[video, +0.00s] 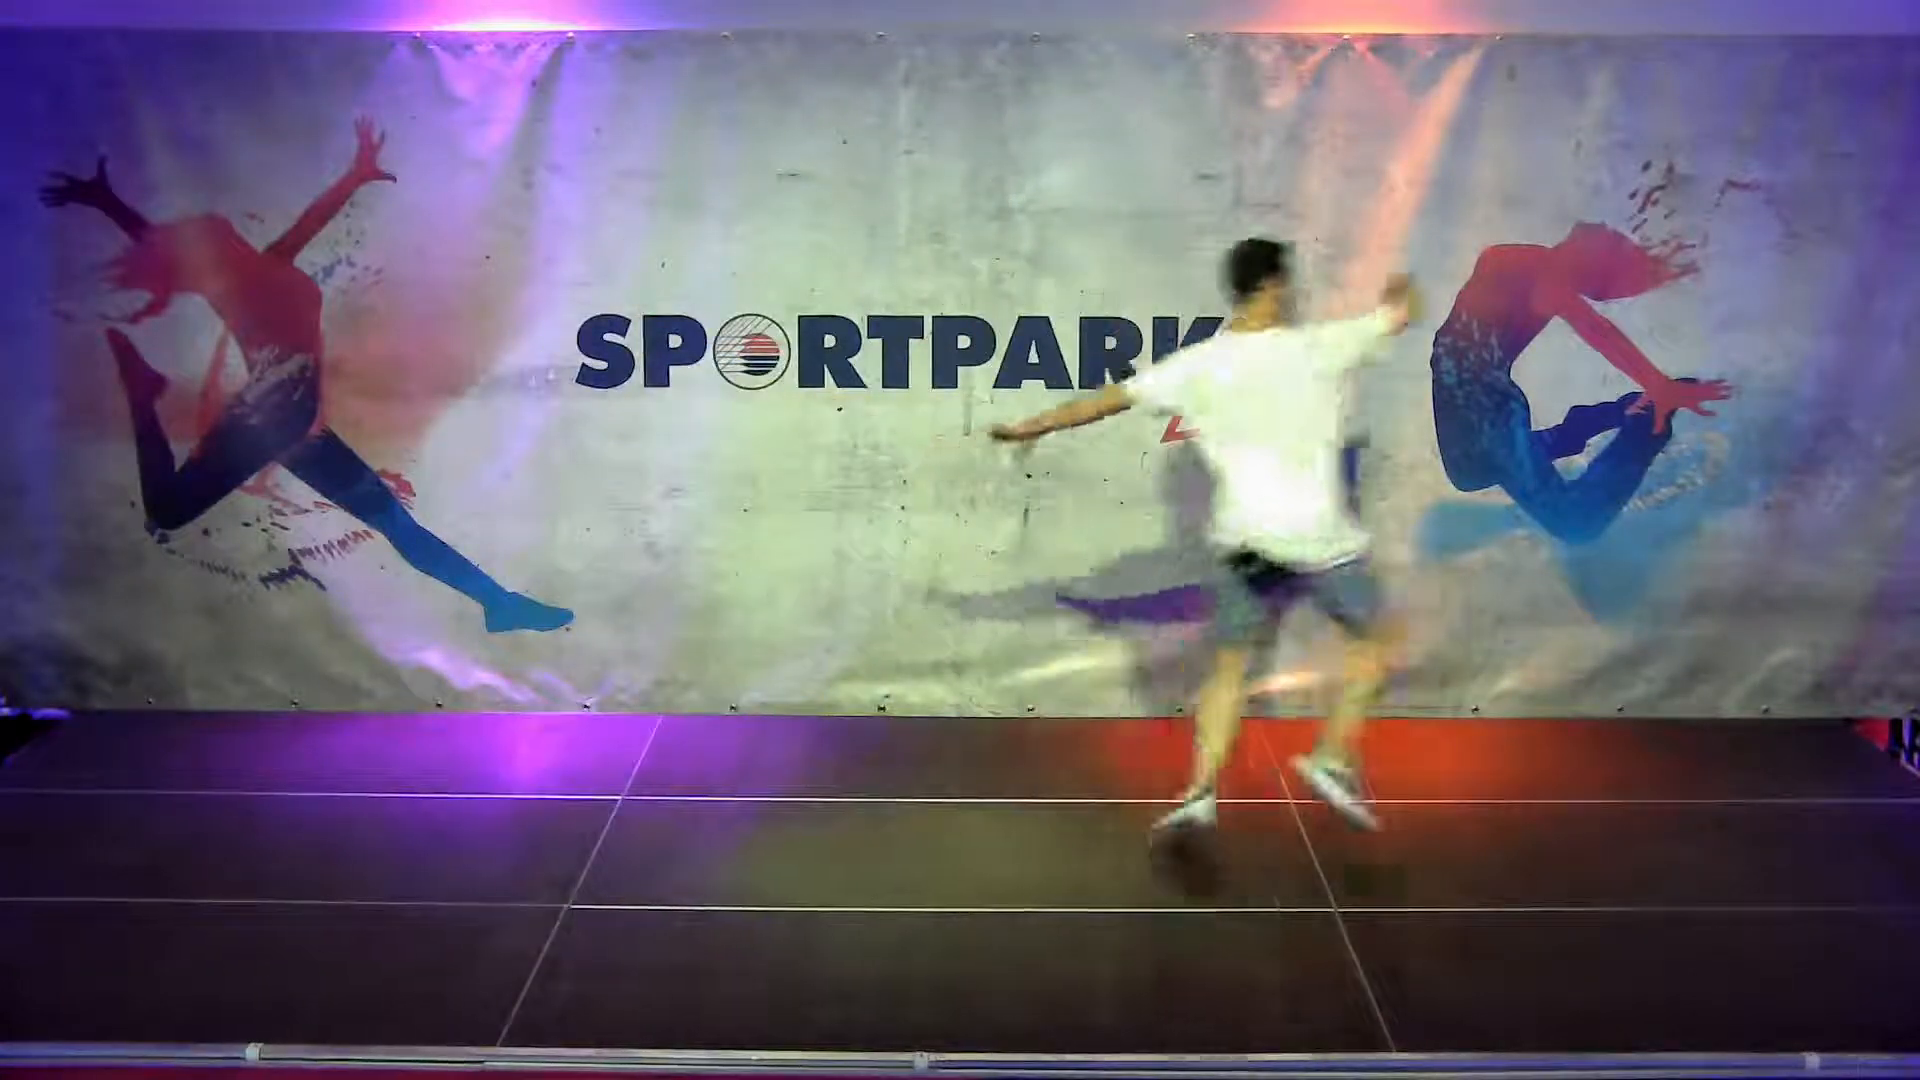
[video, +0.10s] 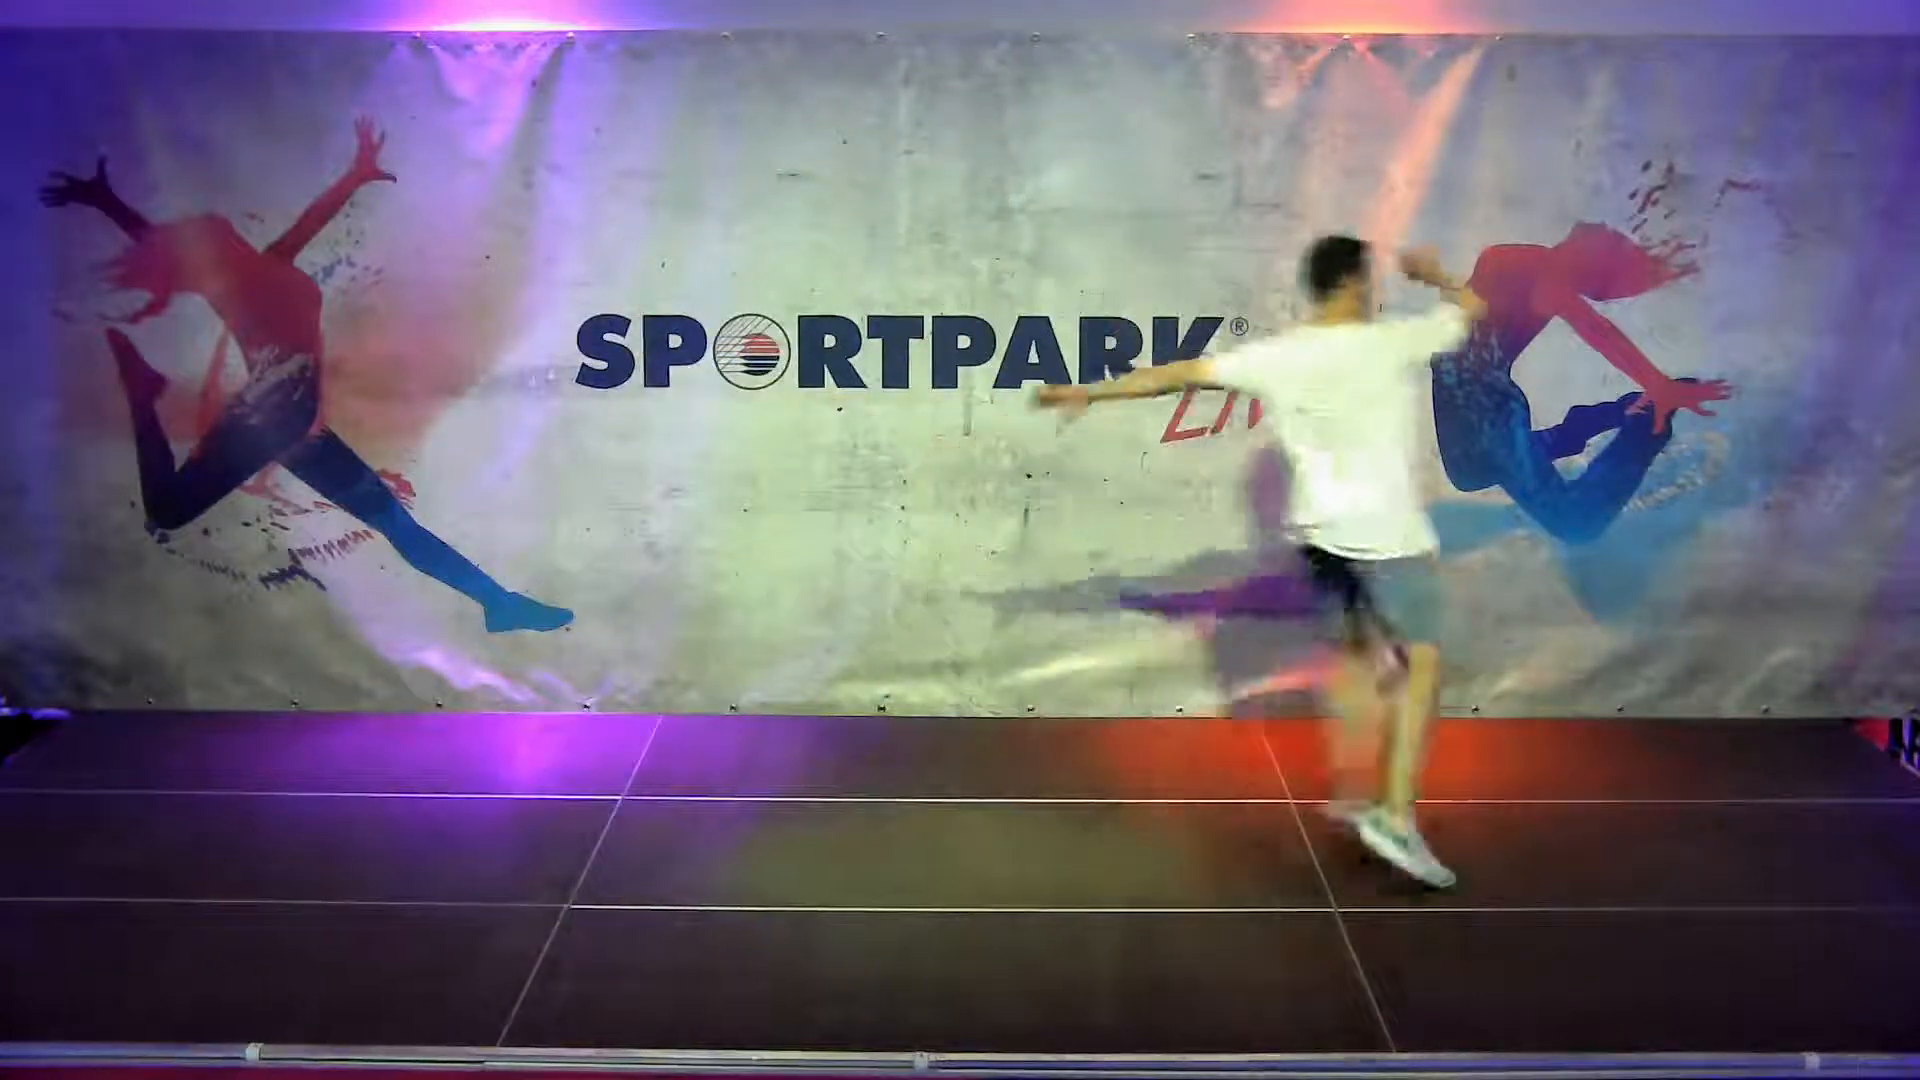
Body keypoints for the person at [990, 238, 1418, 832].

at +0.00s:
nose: (1289, 294)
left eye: (1282, 284)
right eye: (1285, 285)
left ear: (1233, 291)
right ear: (1274, 288)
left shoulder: (1198, 363)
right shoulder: (1319, 347)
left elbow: (1115, 399)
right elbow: (1397, 318)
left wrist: (1034, 427)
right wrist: (1402, 290)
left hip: (1245, 537)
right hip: (1318, 534)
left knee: (1229, 660)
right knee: (1375, 640)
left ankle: (1201, 792)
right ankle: (1333, 759)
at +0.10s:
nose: (1370, 293)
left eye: (1366, 282)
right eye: (1367, 282)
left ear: (1312, 289)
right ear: (1358, 286)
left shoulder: (1279, 353)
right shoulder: (1398, 341)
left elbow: (1183, 374)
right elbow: (1473, 309)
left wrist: (1089, 393)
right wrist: (1436, 275)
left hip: (1326, 537)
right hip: (1394, 537)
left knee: (1362, 656)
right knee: (1423, 663)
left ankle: (1350, 794)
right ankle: (1397, 814)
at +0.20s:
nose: (1419, 310)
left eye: (1411, 299)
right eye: (1416, 299)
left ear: (1365, 308)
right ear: (1412, 304)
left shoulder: (1331, 371)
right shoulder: (1442, 359)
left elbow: (1237, 371)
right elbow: (1505, 330)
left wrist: (1138, 369)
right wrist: (1450, 277)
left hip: (1371, 559)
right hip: (1437, 553)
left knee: (1447, 679)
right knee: (1434, 694)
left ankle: (1504, 801)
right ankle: (1388, 846)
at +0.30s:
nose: (1512, 350)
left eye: (1508, 340)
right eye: (1508, 339)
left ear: (1451, 344)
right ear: (1497, 343)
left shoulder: (1418, 402)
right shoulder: (1527, 399)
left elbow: (1315, 403)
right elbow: (1587, 380)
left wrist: (1239, 386)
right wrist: (1539, 340)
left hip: (1488, 585)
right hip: (1534, 583)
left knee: (1584, 694)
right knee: (1519, 711)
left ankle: (1654, 820)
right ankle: (1409, 830)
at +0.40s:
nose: (1570, 347)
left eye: (1567, 337)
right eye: (1567, 336)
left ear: (1514, 339)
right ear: (1555, 338)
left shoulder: (1482, 404)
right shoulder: (1591, 395)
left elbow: (1403, 429)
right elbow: (1661, 402)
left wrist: (1323, 449)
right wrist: (1688, 395)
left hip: (1542, 589)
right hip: (1602, 579)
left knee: (1646, 686)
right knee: (1649, 697)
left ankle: (1674, 818)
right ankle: (1553, 791)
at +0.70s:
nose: (1691, 342)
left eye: (1689, 331)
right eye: (1690, 331)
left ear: (1636, 327)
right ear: (1679, 331)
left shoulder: (1593, 393)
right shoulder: (1689, 396)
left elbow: (1556, 441)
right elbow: (1775, 443)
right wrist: (1857, 481)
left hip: (1650, 572)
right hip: (1714, 555)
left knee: (1715, 696)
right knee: (1752, 650)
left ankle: (1776, 826)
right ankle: (1786, 765)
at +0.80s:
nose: (1705, 332)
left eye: (1705, 322)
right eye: (1705, 323)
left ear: (1647, 322)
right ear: (1694, 325)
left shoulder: (1606, 391)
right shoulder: (1705, 392)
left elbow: (1617, 436)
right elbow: (1779, 448)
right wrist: (1866, 483)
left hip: (1659, 565)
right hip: (1730, 556)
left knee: (1689, 679)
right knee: (1761, 659)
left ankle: (1737, 777)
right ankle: (1777, 769)